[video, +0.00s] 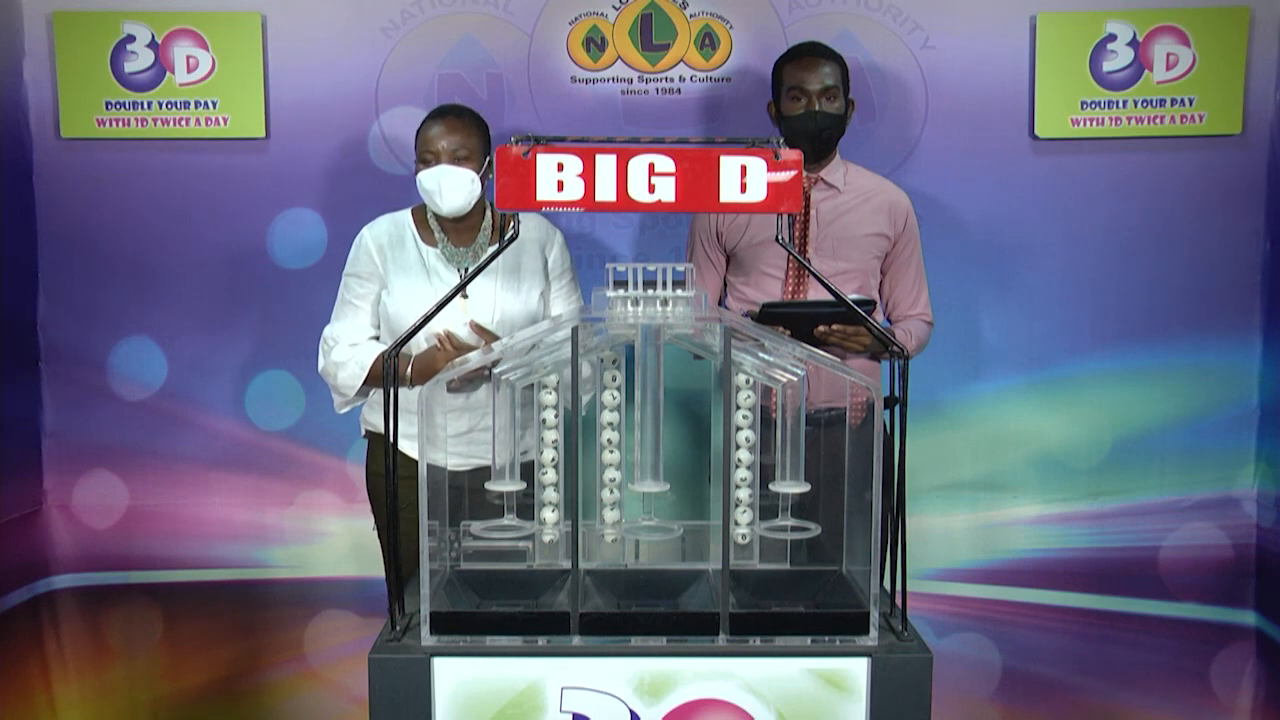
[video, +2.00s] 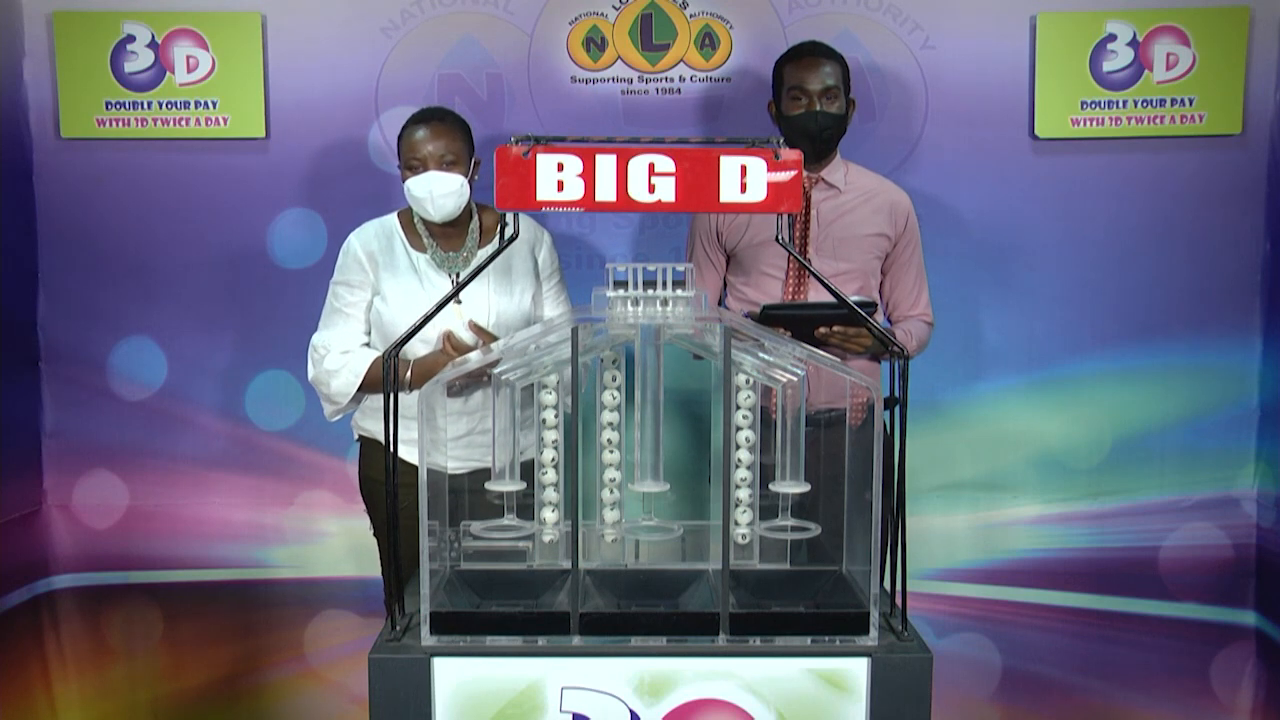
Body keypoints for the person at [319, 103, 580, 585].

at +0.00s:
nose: (445, 175)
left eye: (460, 160)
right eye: (431, 161)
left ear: (486, 163)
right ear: (417, 166)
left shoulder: (538, 239)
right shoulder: (379, 242)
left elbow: (574, 350)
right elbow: (339, 354)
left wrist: (505, 357)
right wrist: (412, 367)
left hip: (511, 463)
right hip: (407, 463)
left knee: (505, 619)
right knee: (417, 618)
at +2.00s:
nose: (435, 180)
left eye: (450, 164)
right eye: (419, 167)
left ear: (472, 166)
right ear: (402, 173)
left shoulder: (527, 240)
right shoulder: (368, 248)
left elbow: (562, 346)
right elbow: (330, 365)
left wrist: (505, 358)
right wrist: (417, 370)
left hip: (507, 462)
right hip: (404, 465)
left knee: (506, 619)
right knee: (416, 618)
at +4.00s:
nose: (450, 179)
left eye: (465, 163)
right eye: (436, 166)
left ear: (491, 165)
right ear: (422, 171)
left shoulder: (546, 246)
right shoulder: (386, 246)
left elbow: (580, 365)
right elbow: (342, 357)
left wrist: (506, 353)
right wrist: (419, 362)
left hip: (514, 464)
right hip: (410, 464)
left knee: (508, 618)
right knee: (418, 619)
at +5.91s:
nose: (443, 178)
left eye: (458, 162)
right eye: (429, 165)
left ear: (486, 167)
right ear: (416, 172)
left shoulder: (541, 245)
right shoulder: (384, 247)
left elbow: (570, 359)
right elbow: (339, 359)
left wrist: (494, 353)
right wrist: (413, 362)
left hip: (509, 464)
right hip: (406, 465)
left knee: (503, 620)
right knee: (416, 619)